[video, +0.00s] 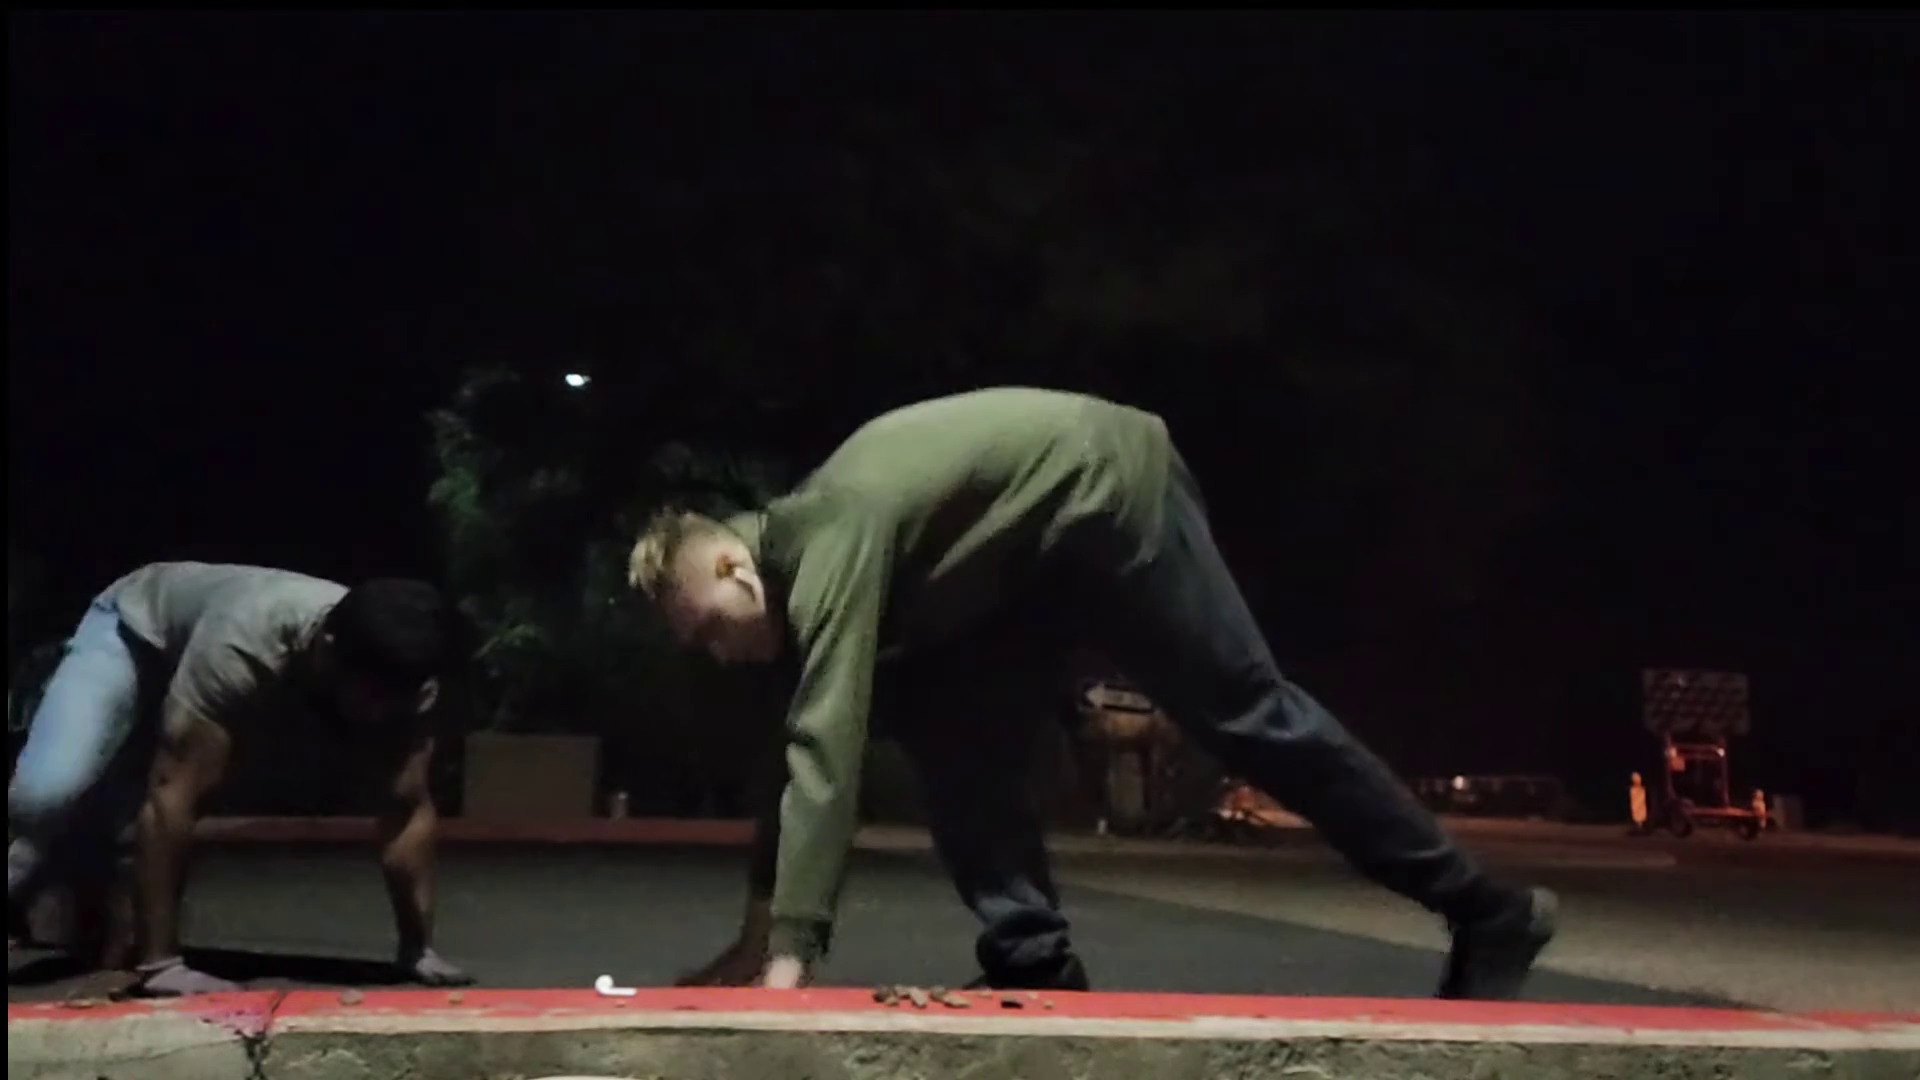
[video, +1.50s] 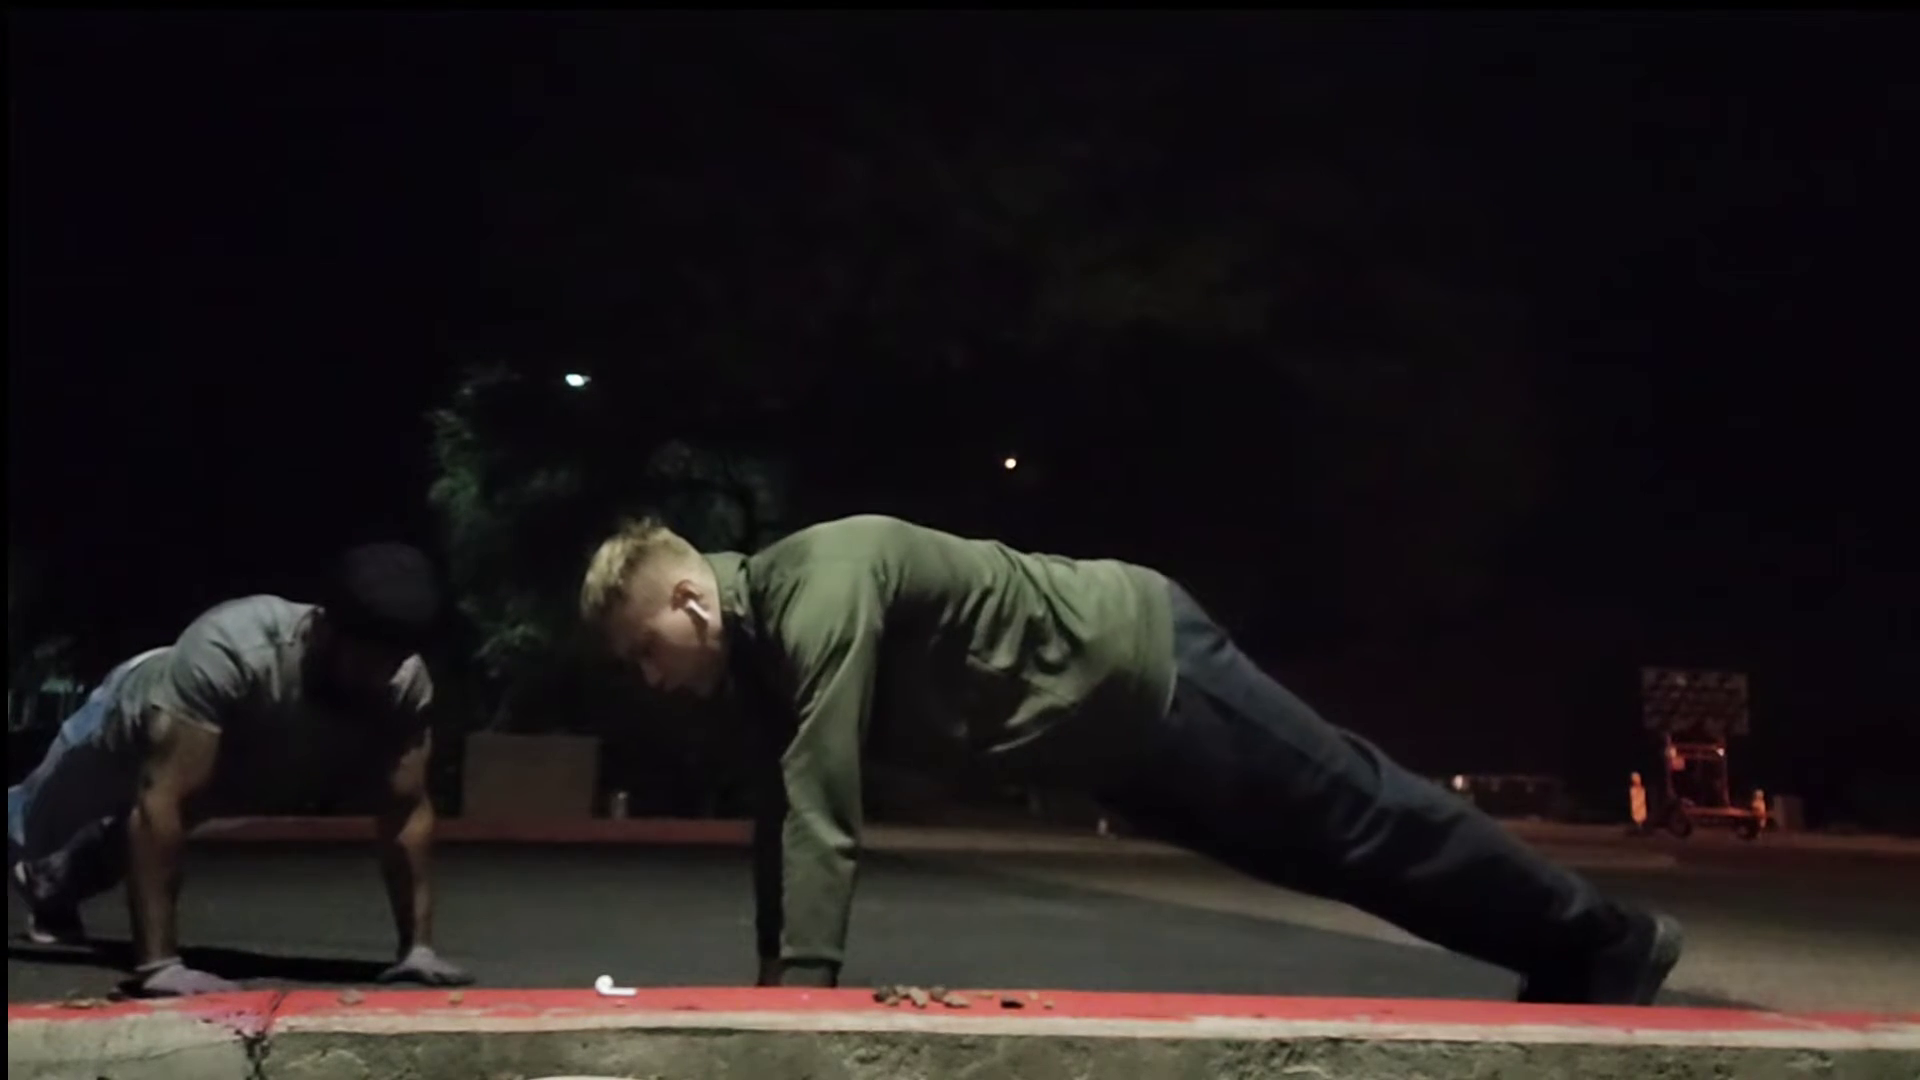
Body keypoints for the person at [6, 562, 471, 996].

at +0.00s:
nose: (394, 714)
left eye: (407, 699)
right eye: (383, 696)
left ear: (421, 682)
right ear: (330, 655)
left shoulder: (411, 680)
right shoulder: (239, 644)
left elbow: (410, 811)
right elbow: (170, 797)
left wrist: (417, 950)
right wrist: (160, 961)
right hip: (134, 626)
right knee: (45, 793)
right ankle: (33, 854)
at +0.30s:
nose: (397, 687)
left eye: (407, 671)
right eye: (380, 668)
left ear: (419, 663)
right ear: (327, 644)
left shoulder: (412, 686)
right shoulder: (225, 651)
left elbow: (409, 812)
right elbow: (161, 803)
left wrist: (418, 951)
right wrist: (158, 960)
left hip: (211, 719)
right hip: (123, 697)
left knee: (76, 850)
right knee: (34, 845)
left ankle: (17, 901)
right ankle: (13, 905)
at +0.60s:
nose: (390, 681)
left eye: (400, 666)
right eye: (375, 662)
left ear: (410, 658)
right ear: (326, 638)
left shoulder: (404, 687)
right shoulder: (222, 651)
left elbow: (406, 813)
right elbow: (161, 804)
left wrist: (417, 949)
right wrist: (158, 960)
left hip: (199, 742)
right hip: (115, 712)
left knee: (91, 846)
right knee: (27, 834)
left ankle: (27, 893)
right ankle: (13, 898)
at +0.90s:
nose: (394, 670)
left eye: (405, 656)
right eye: (380, 650)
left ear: (412, 651)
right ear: (333, 630)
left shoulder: (404, 685)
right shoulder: (226, 650)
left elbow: (406, 814)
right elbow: (161, 805)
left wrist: (416, 949)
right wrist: (158, 961)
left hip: (211, 754)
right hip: (121, 730)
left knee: (110, 849)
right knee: (33, 819)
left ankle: (54, 897)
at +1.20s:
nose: (392, 665)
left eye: (403, 650)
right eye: (377, 644)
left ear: (411, 646)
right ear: (332, 627)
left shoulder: (406, 686)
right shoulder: (228, 651)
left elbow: (409, 814)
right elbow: (160, 805)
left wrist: (417, 948)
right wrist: (158, 961)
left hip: (217, 755)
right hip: (127, 731)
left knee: (117, 847)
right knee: (35, 821)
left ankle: (55, 896)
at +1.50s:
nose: (387, 666)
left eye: (399, 650)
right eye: (373, 645)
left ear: (409, 646)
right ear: (328, 628)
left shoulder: (404, 687)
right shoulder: (228, 649)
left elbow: (409, 814)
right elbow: (158, 804)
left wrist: (418, 948)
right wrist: (157, 960)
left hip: (219, 758)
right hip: (125, 733)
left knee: (121, 845)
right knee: (33, 821)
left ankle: (54, 892)